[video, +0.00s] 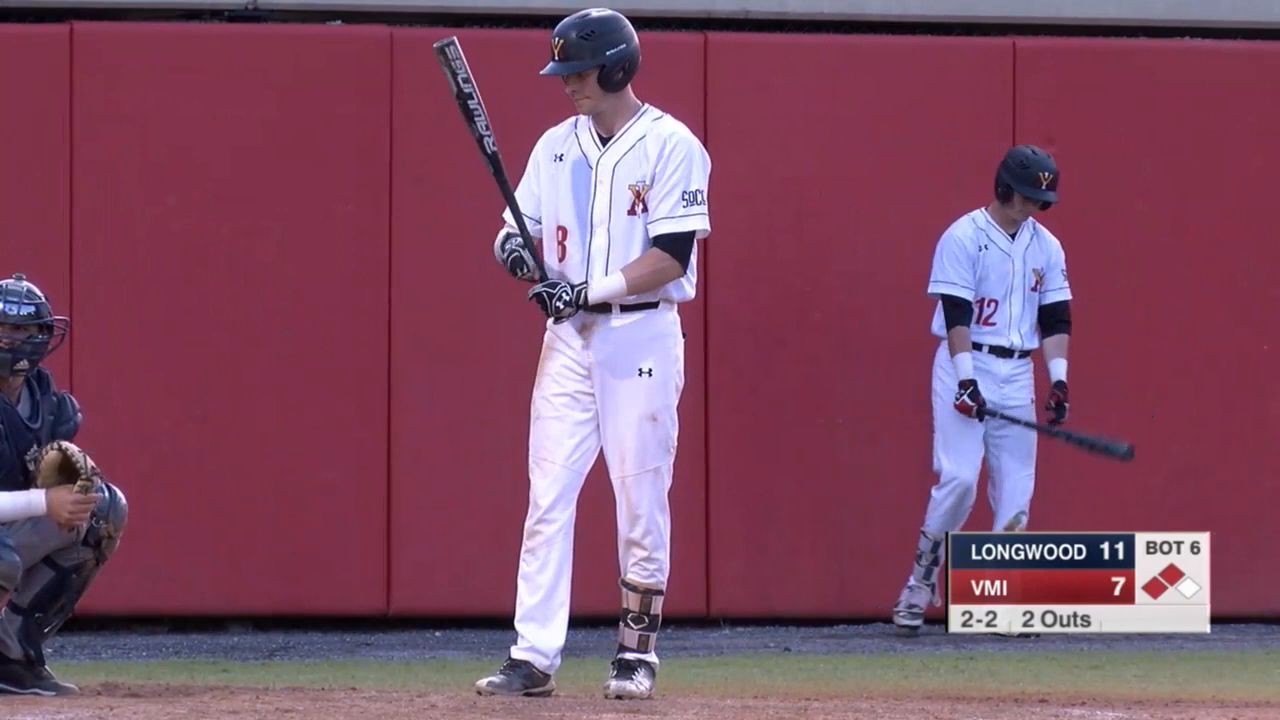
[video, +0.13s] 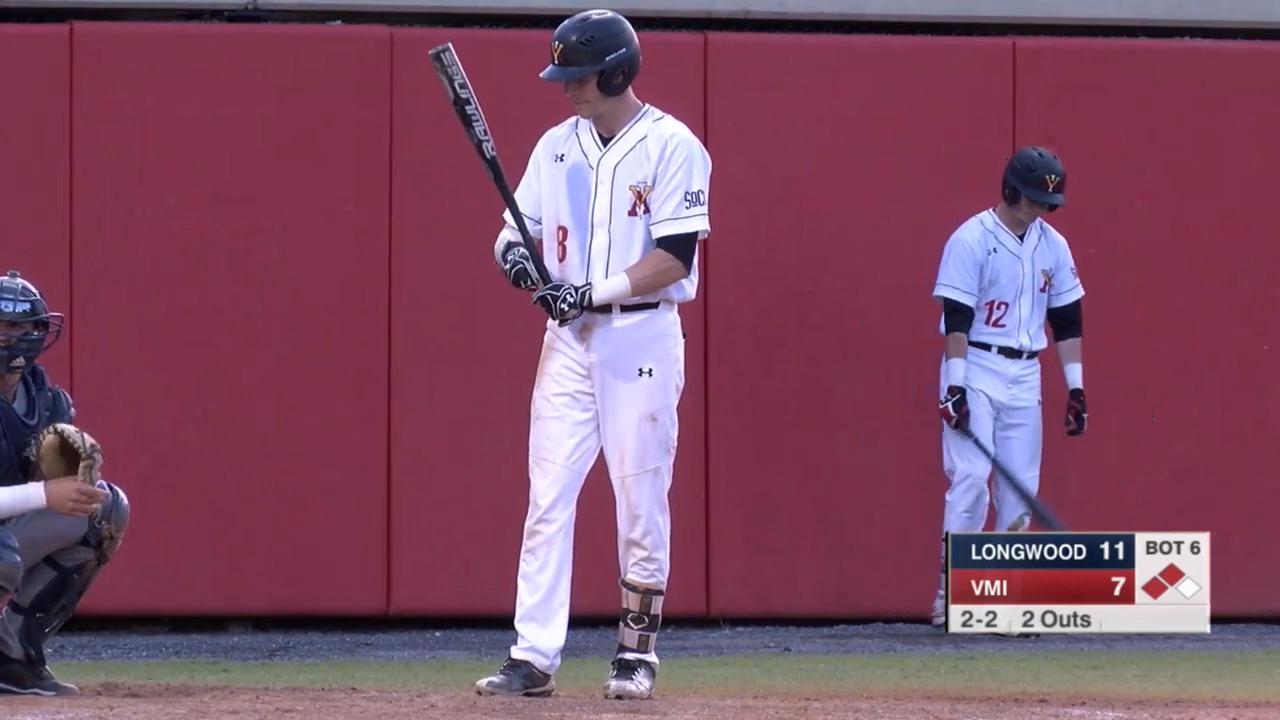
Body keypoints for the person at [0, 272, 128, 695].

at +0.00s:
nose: (15, 340)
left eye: (24, 330)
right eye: (7, 329)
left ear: (42, 337)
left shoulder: (50, 406)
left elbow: (48, 483)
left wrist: (71, 488)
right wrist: (43, 503)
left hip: (18, 529)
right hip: (4, 531)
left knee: (105, 506)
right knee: (7, 565)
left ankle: (17, 650)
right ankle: (9, 652)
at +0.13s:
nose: (16, 338)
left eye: (25, 328)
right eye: (8, 326)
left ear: (40, 334)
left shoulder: (50, 401)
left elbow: (52, 482)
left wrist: (75, 477)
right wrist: (43, 495)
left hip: (21, 523)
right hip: (6, 526)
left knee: (108, 505)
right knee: (9, 565)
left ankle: (18, 649)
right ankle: (11, 652)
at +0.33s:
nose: (27, 336)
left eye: (33, 327)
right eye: (15, 326)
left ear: (42, 333)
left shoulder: (35, 390)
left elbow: (58, 441)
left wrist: (93, 447)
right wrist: (38, 503)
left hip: (9, 517)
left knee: (103, 506)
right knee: (64, 515)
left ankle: (15, 650)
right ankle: (7, 647)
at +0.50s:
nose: (40, 349)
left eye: (47, 341)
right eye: (28, 337)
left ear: (54, 344)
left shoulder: (35, 401)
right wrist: (26, 501)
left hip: (9, 521)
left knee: (98, 510)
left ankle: (15, 651)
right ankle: (8, 651)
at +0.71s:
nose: (52, 356)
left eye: (54, 346)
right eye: (45, 344)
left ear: (12, 341)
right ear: (9, 339)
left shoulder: (38, 409)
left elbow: (96, 459)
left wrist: (129, 477)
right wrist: (24, 500)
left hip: (8, 523)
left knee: (96, 510)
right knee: (6, 549)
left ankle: (15, 652)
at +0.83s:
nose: (57, 356)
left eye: (59, 346)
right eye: (51, 344)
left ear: (19, 339)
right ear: (15, 337)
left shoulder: (40, 410)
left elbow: (97, 461)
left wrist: (131, 481)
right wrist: (27, 503)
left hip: (8, 520)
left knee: (95, 511)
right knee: (7, 548)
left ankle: (14, 653)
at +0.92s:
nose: (60, 358)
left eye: (62, 348)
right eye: (53, 346)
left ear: (20, 339)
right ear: (17, 338)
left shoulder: (41, 410)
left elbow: (97, 461)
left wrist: (130, 480)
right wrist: (27, 503)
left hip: (9, 519)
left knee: (95, 511)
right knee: (6, 548)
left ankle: (14, 652)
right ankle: (5, 657)